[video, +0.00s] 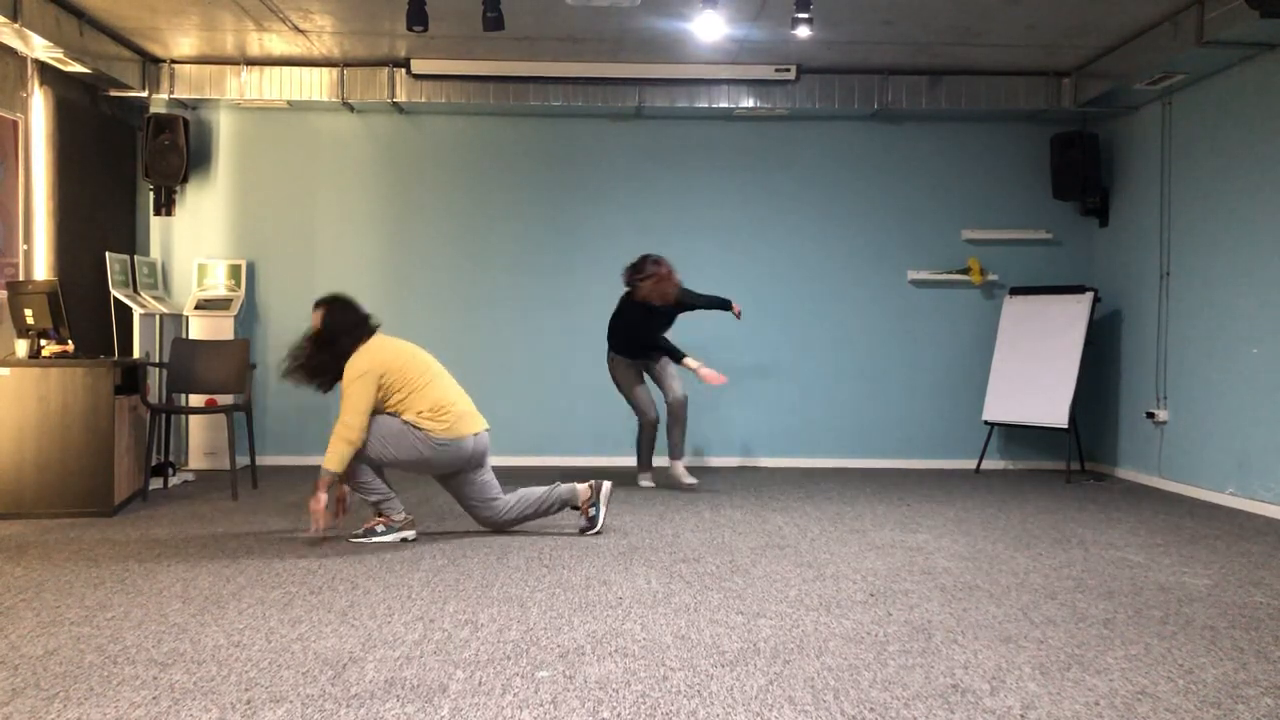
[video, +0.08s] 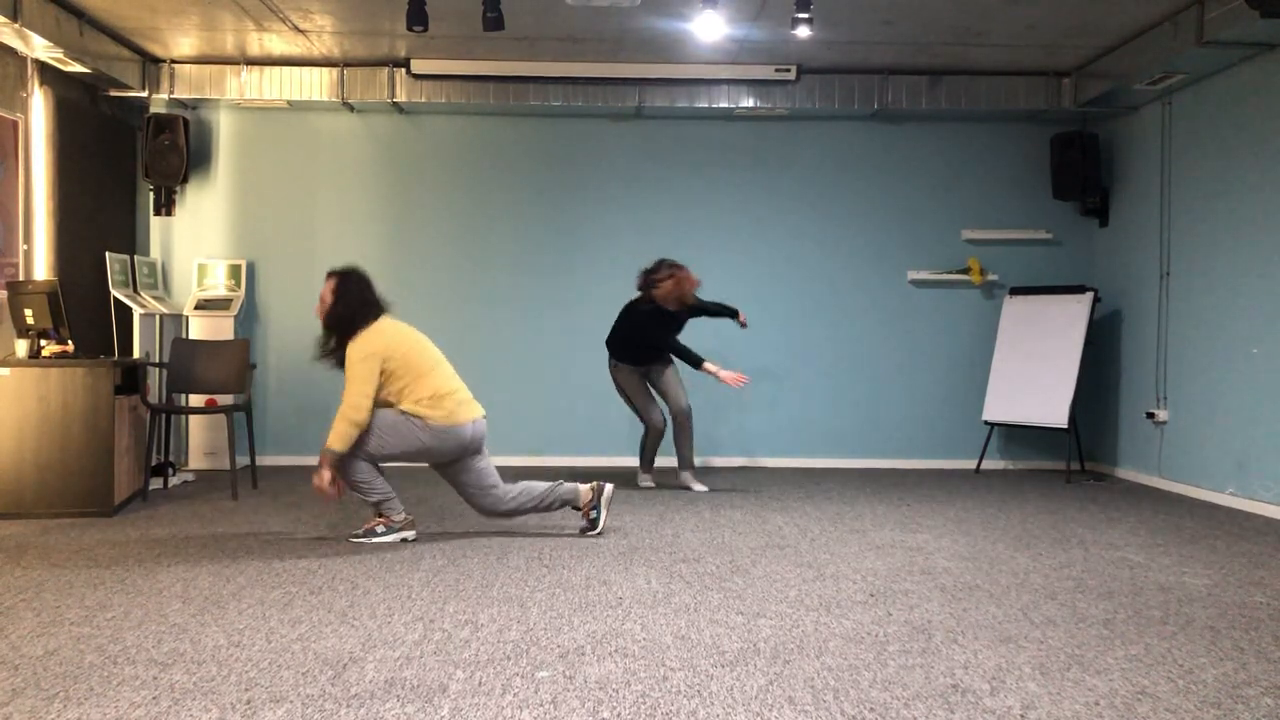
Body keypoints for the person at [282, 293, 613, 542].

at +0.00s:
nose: (313, 334)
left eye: (317, 327)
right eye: (314, 326)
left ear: (336, 331)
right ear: (354, 326)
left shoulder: (362, 363)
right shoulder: (386, 349)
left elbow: (347, 429)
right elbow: (368, 426)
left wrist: (323, 486)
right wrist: (343, 483)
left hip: (439, 441)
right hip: (469, 437)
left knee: (347, 443)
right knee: (496, 513)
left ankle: (393, 519)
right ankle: (582, 494)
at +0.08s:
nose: (318, 308)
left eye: (323, 301)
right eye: (320, 299)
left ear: (343, 304)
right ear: (359, 301)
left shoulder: (364, 343)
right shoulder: (389, 329)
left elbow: (354, 410)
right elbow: (369, 405)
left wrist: (327, 460)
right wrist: (335, 461)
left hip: (439, 427)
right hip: (468, 424)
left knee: (342, 442)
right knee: (493, 500)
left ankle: (393, 517)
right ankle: (584, 495)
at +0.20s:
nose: (316, 234)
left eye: (324, 229)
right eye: (321, 226)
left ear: (343, 242)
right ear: (360, 244)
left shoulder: (352, 289)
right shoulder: (380, 281)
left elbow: (350, 354)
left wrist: (316, 393)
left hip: (411, 388)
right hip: (441, 381)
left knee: (334, 446)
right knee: (477, 453)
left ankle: (392, 516)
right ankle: (565, 489)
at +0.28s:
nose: (315, 202)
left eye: (324, 199)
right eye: (321, 196)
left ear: (340, 214)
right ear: (353, 217)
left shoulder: (341, 262)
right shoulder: (371, 255)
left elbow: (339, 322)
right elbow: (354, 322)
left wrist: (304, 357)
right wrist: (312, 355)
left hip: (394, 367)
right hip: (422, 360)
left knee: (337, 442)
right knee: (443, 443)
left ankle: (392, 516)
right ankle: (531, 473)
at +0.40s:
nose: (312, 160)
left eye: (322, 155)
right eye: (319, 152)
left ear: (338, 173)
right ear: (350, 177)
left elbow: (301, 279)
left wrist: (265, 294)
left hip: (356, 344)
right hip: (387, 338)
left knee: (340, 437)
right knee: (366, 426)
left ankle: (391, 513)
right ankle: (430, 476)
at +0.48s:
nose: (309, 144)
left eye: (318, 140)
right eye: (315, 137)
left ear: (334, 157)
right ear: (345, 161)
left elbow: (290, 259)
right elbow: (323, 264)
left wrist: (249, 267)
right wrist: (283, 274)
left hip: (341, 327)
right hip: (366, 322)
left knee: (324, 413)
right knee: (321, 410)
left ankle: (382, 502)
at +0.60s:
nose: (298, 133)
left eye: (307, 131)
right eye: (304, 127)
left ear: (321, 149)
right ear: (334, 156)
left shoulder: (303, 193)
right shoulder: (335, 196)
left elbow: (281, 241)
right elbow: (305, 251)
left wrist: (234, 233)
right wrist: (262, 255)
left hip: (301, 319)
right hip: (326, 316)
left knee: (281, 410)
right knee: (289, 409)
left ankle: (338, 488)